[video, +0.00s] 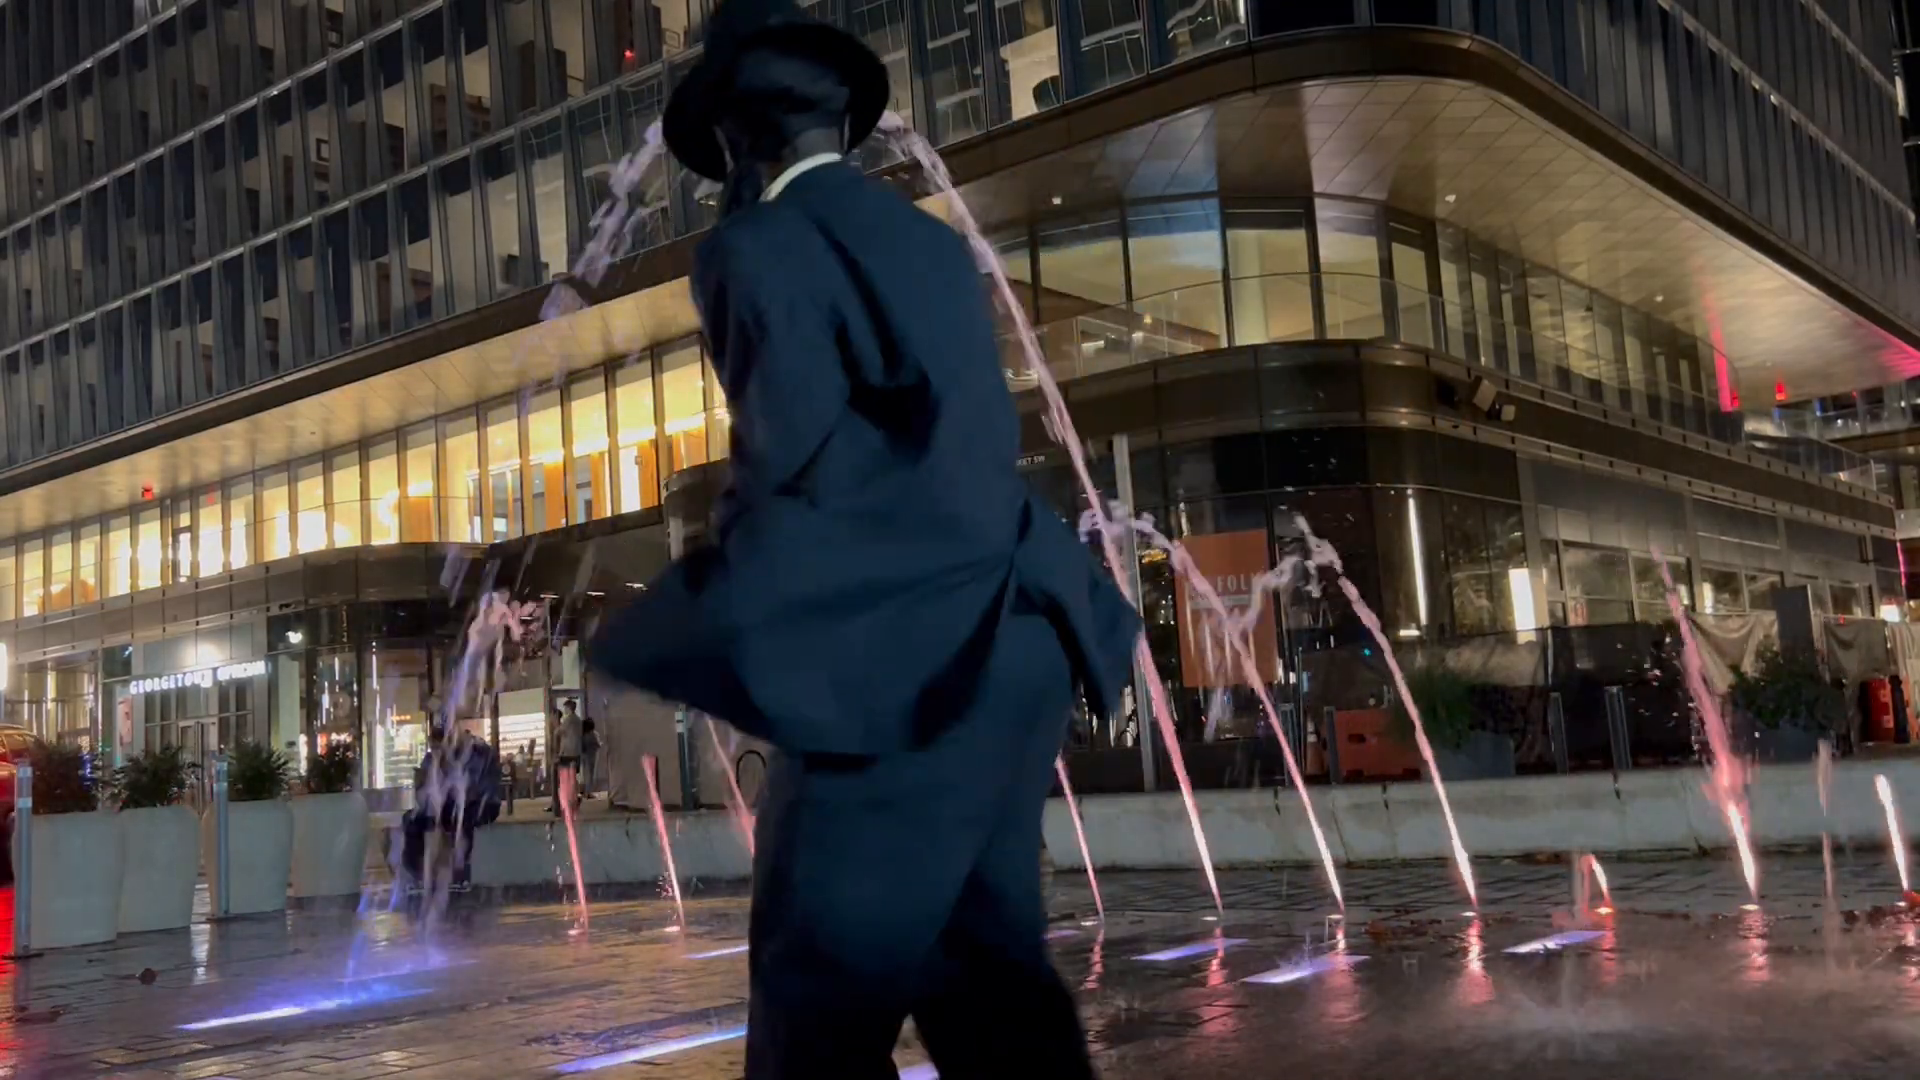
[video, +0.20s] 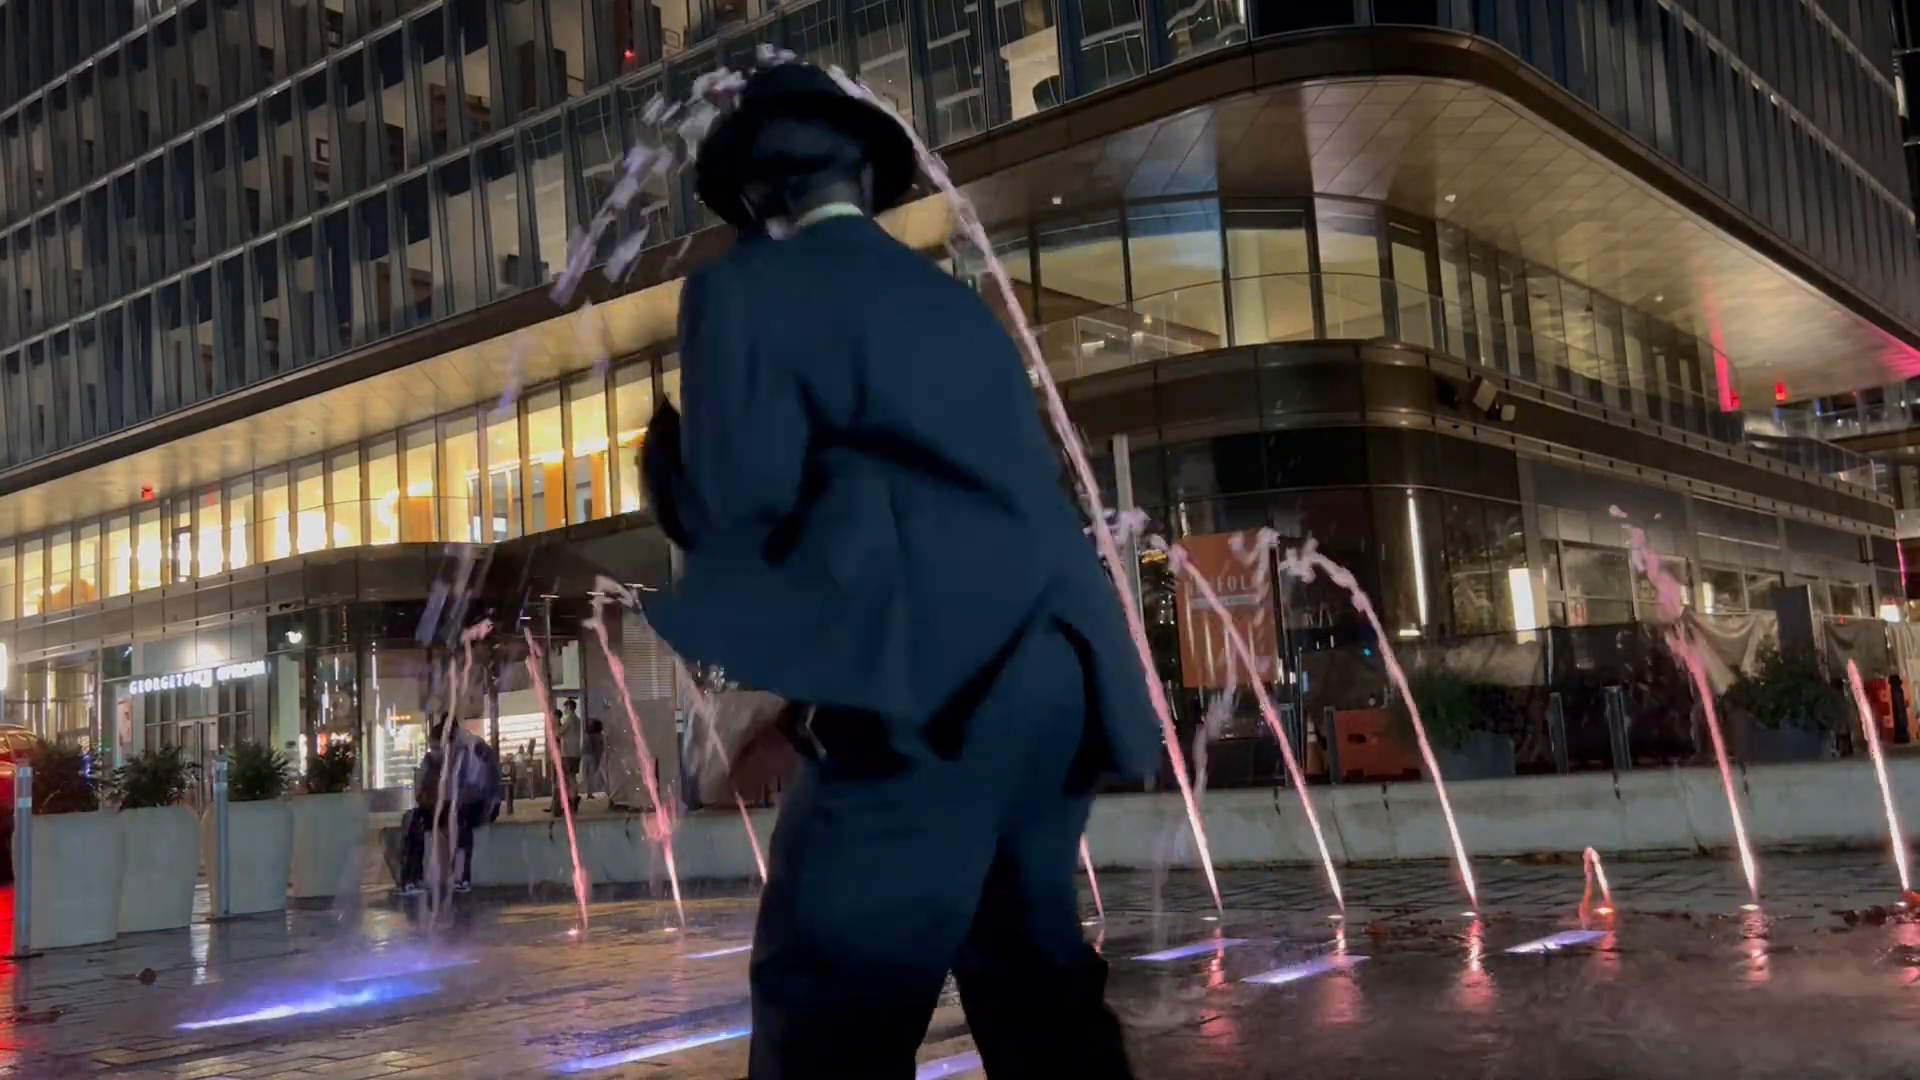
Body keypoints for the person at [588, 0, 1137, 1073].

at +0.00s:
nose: (721, 161)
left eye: (719, 136)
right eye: (718, 139)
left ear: (736, 133)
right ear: (849, 122)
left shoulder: (756, 240)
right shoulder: (935, 237)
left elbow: (787, 433)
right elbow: (979, 450)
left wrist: (715, 572)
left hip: (887, 680)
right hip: (1006, 659)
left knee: (814, 1008)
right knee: (992, 980)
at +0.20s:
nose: (733, 229)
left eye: (735, 210)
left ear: (754, 202)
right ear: (868, 187)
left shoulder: (746, 284)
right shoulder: (951, 297)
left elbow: (740, 502)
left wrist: (671, 438)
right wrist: (797, 715)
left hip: (920, 682)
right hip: (1057, 675)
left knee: (821, 1012)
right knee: (1037, 997)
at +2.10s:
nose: (850, 211)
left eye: (850, 185)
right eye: (843, 192)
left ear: (895, 156)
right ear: (946, 153)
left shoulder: (900, 249)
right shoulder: (1035, 258)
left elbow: (902, 477)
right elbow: (1078, 460)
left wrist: (918, 584)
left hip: (999, 676)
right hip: (1093, 664)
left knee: (977, 992)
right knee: (1051, 973)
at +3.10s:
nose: (763, 273)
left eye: (759, 248)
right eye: (756, 256)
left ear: (792, 217)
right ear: (875, 199)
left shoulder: (817, 280)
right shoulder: (949, 284)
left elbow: (862, 493)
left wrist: (859, 573)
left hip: (986, 651)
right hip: (1067, 643)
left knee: (911, 966)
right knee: (976, 962)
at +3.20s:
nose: (758, 285)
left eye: (754, 257)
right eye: (752, 263)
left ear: (781, 232)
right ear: (861, 221)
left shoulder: (828, 294)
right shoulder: (928, 304)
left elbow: (873, 500)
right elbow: (921, 520)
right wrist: (803, 655)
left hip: (993, 675)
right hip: (1063, 666)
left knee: (892, 973)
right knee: (1000, 961)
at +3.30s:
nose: (747, 354)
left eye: (740, 323)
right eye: (739, 334)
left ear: (756, 290)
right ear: (838, 276)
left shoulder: (830, 336)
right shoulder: (895, 351)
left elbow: (839, 519)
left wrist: (652, 649)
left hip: (1017, 701)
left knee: (880, 976)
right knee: (1014, 972)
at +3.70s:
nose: (1094, 242)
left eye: (1097, 221)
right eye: (1078, 216)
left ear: (1009, 212)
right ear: (1002, 211)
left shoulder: (962, 312)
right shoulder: (996, 297)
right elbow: (985, 451)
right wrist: (1194, 505)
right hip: (994, 723)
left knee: (993, 988)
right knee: (1145, 984)